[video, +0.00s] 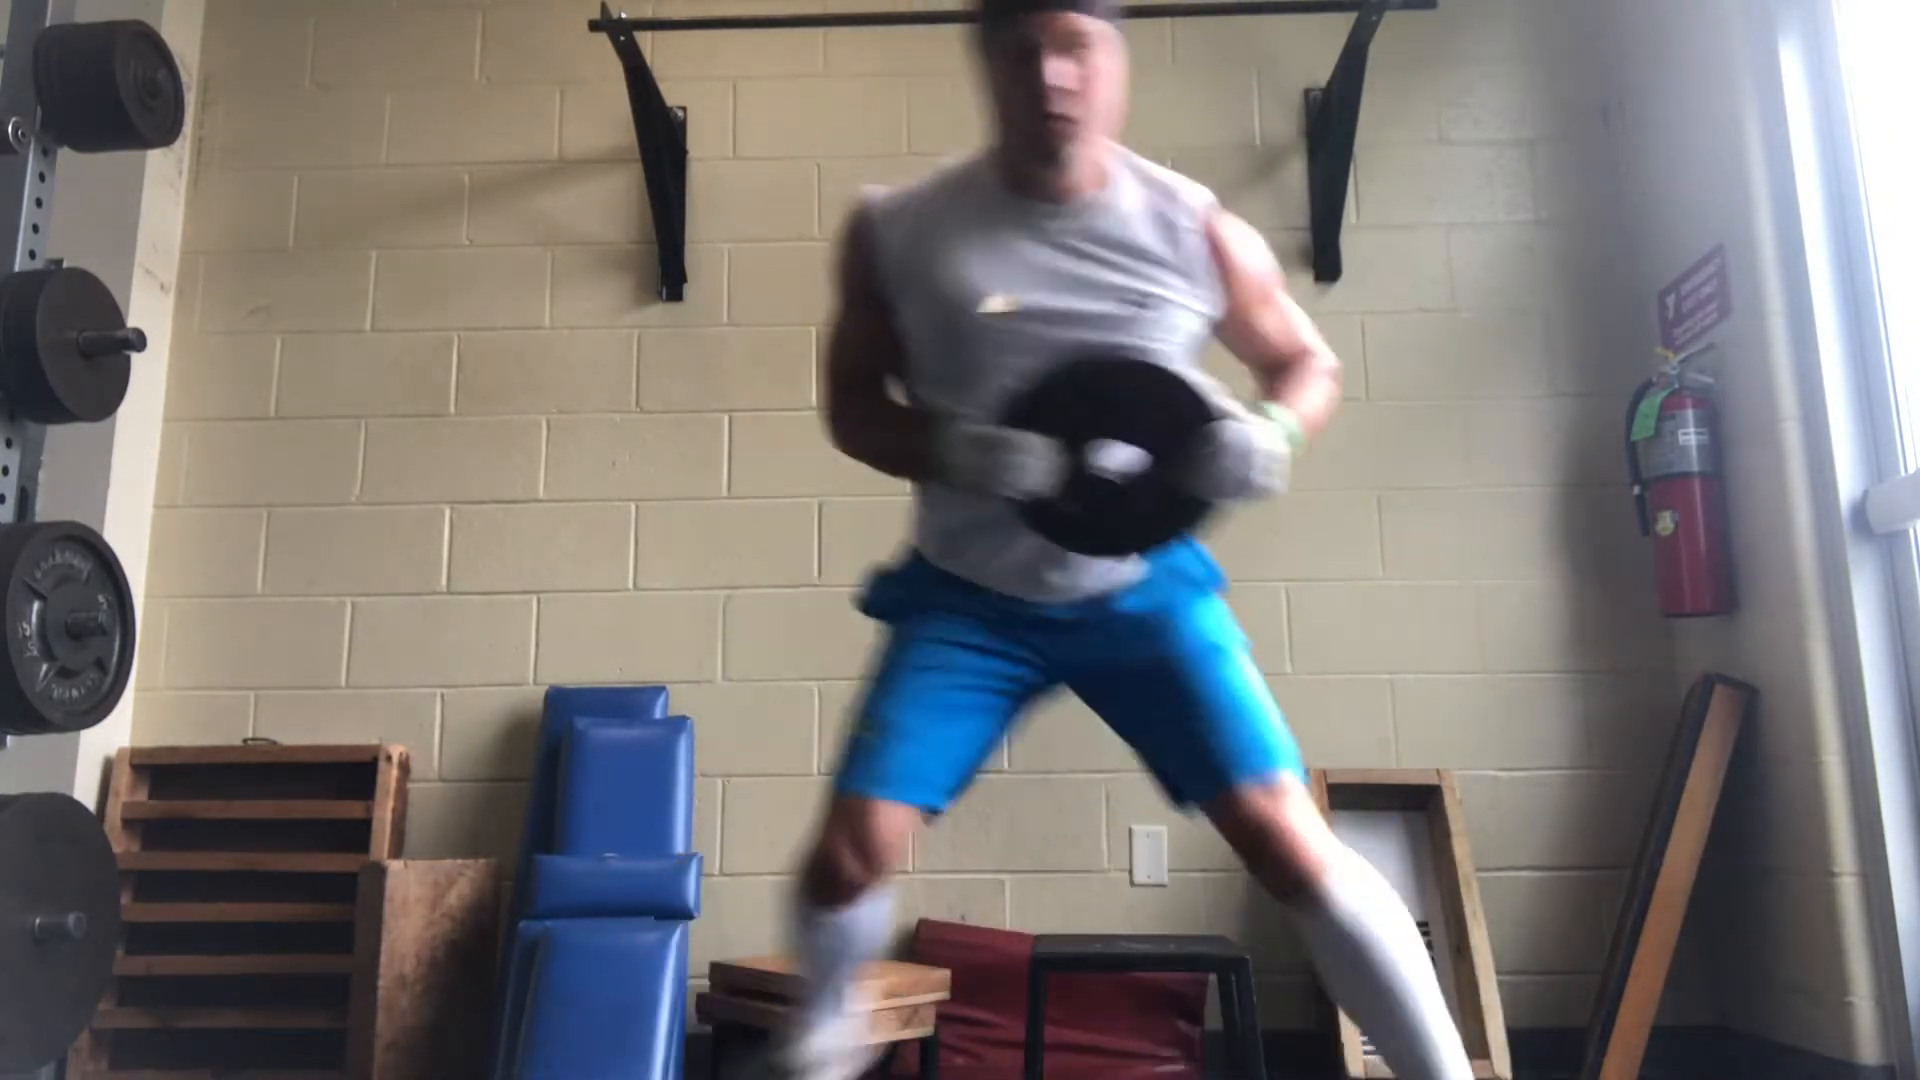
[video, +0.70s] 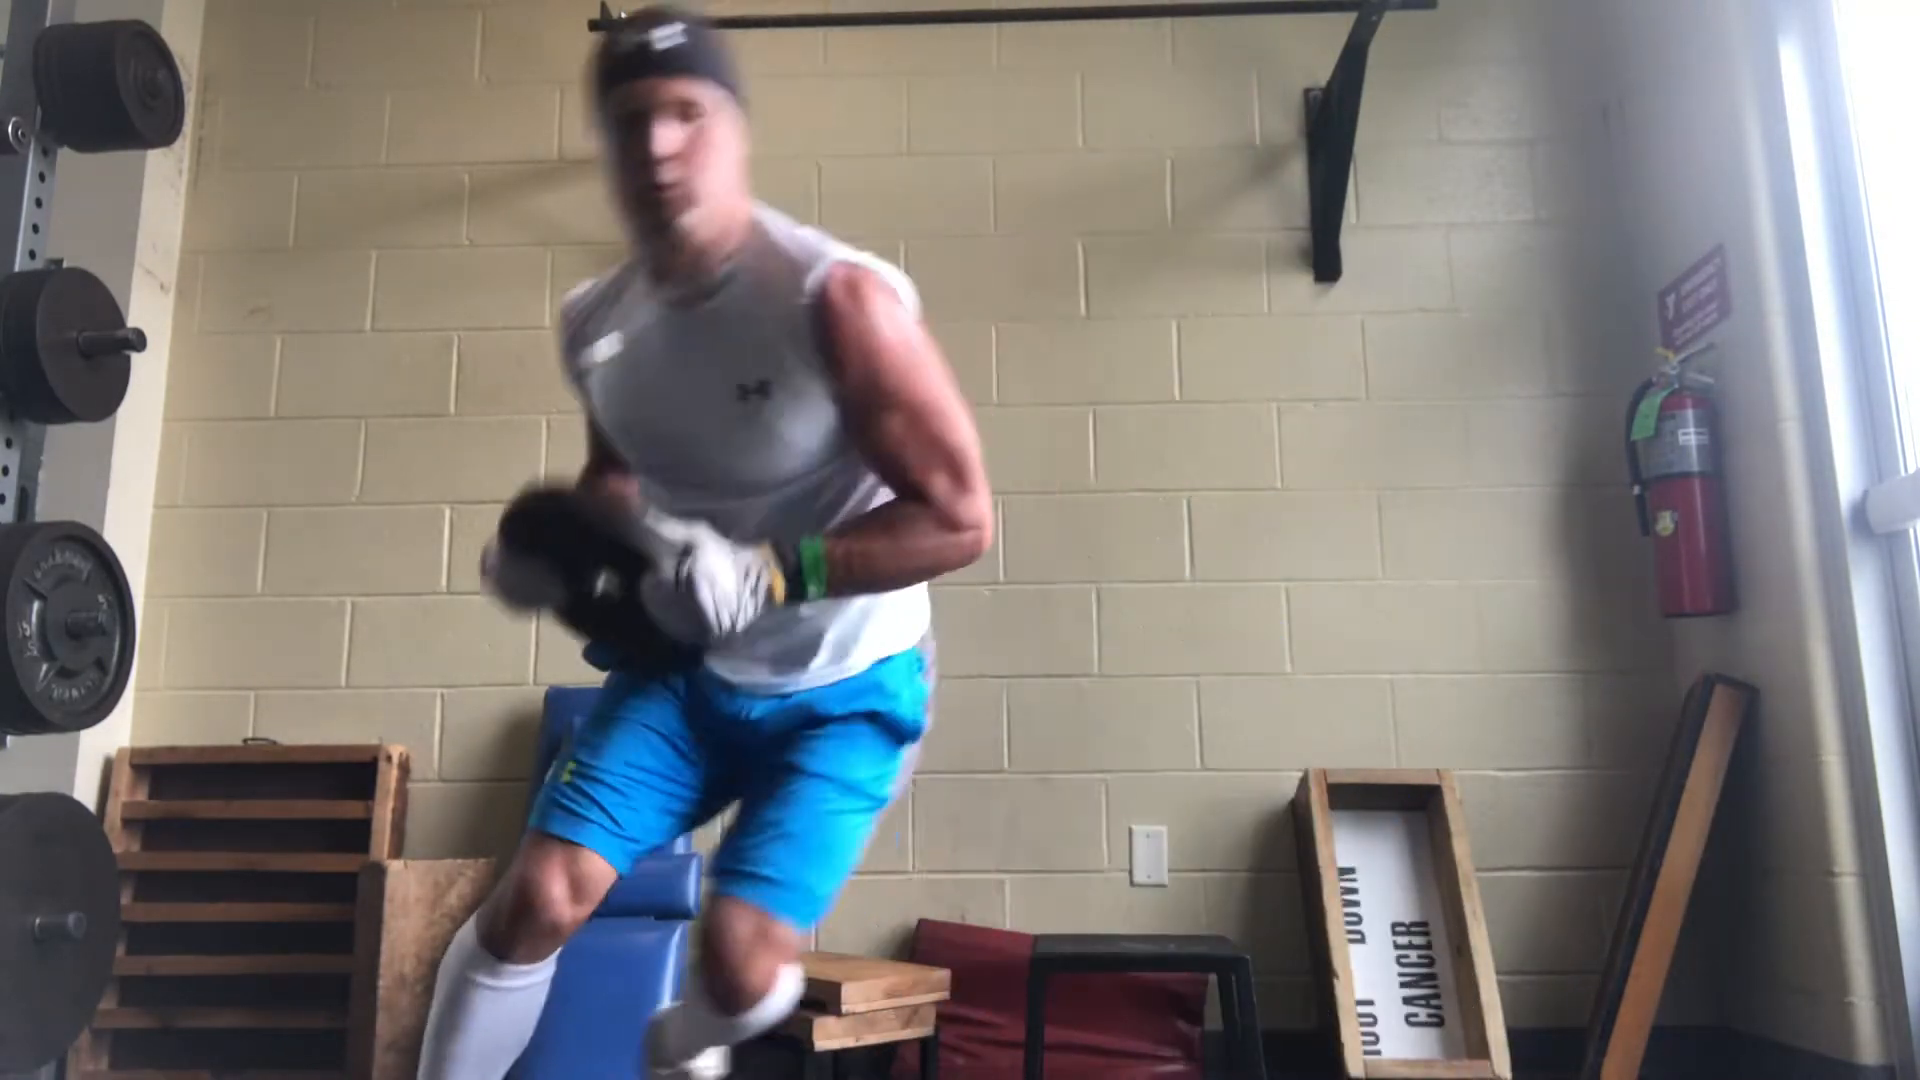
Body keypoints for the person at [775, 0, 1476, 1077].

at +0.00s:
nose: (1050, 76)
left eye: (1075, 47)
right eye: (1023, 50)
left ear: (1117, 65)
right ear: (987, 69)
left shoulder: (1198, 234)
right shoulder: (896, 235)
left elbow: (1311, 366)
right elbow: (852, 410)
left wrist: (1270, 431)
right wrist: (952, 453)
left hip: (1148, 596)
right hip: (967, 601)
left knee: (1286, 841)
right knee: (854, 850)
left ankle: (1448, 1070)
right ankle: (823, 1044)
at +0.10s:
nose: (1165, 117)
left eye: (1190, 88)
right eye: (1136, 90)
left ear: (1229, 112)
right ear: (1092, 108)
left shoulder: (1287, 290)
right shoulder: (988, 273)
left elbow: (1353, 429)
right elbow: (924, 468)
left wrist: (1354, 501)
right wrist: (1060, 519)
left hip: (1223, 649)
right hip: (1038, 658)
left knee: (1347, 876)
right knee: (978, 921)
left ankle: (1466, 1073)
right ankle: (1019, 1036)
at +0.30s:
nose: (1180, 112)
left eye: (1207, 87)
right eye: (1153, 85)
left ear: (1241, 116)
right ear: (1106, 102)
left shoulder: (1290, 291)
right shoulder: (986, 265)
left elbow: (1343, 452)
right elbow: (908, 439)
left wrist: (1302, 507)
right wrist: (1003, 506)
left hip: (1203, 650)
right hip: (1009, 639)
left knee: (1347, 901)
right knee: (853, 832)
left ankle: (1463, 1077)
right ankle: (896, 923)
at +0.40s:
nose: (1081, 56)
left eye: (1108, 35)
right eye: (1055, 30)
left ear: (1140, 67)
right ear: (1010, 47)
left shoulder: (1185, 230)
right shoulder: (898, 213)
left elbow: (1269, 437)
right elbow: (835, 377)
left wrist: (1126, 451)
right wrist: (894, 431)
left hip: (1110, 604)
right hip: (921, 578)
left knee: (1257, 860)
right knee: (723, 735)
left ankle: (1422, 1072)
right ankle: (663, 962)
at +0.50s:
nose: (942, 37)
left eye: (969, 15)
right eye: (917, 15)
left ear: (1008, 37)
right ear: (878, 34)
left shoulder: (1063, 206)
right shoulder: (784, 195)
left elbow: (1139, 436)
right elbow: (743, 355)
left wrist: (966, 430)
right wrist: (706, 386)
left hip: (1018, 588)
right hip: (827, 570)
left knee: (1118, 846)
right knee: (653, 807)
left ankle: (1225, 1073)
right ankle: (468, 1071)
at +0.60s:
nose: (790, 93)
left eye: (816, 62)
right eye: (764, 67)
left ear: (864, 79)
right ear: (731, 91)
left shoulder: (942, 256)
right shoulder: (682, 255)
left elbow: (1020, 490)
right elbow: (680, 416)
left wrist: (839, 489)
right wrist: (609, 452)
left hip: (902, 655)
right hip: (720, 639)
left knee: (928, 936)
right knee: (574, 884)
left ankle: (939, 1021)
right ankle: (455, 1075)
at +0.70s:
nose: (656, 147)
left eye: (684, 114)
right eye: (630, 121)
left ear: (739, 127)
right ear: (604, 149)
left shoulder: (843, 302)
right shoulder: (595, 324)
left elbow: (961, 520)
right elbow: (616, 471)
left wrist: (775, 572)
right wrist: (565, 553)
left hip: (847, 688)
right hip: (683, 672)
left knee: (741, 952)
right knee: (541, 896)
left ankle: (686, 1051)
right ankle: (445, 1073)